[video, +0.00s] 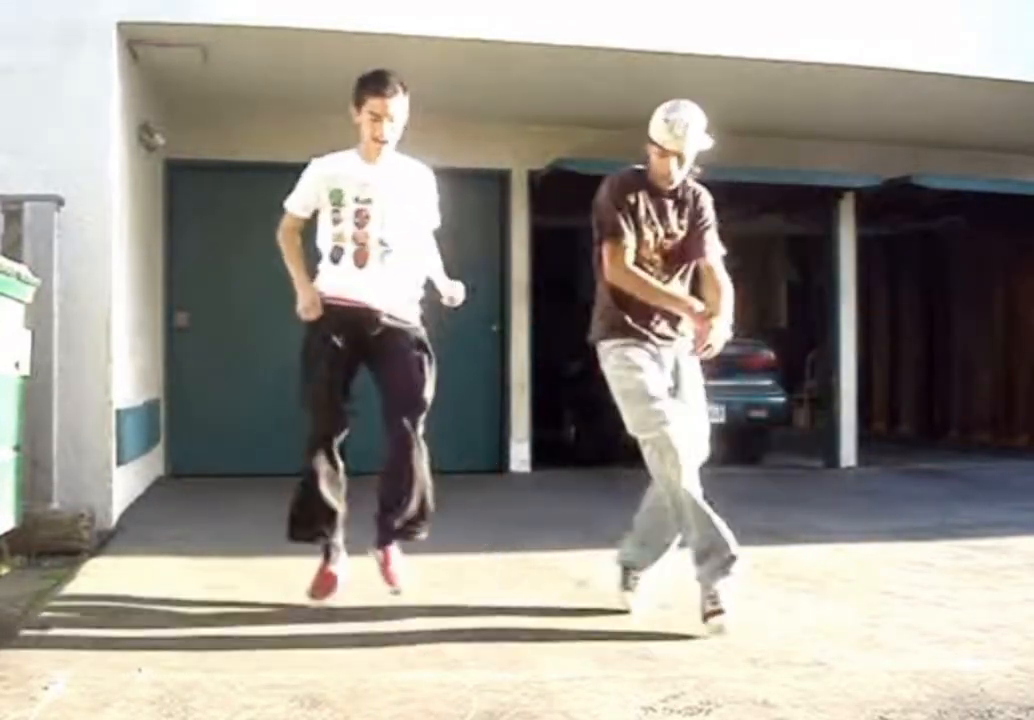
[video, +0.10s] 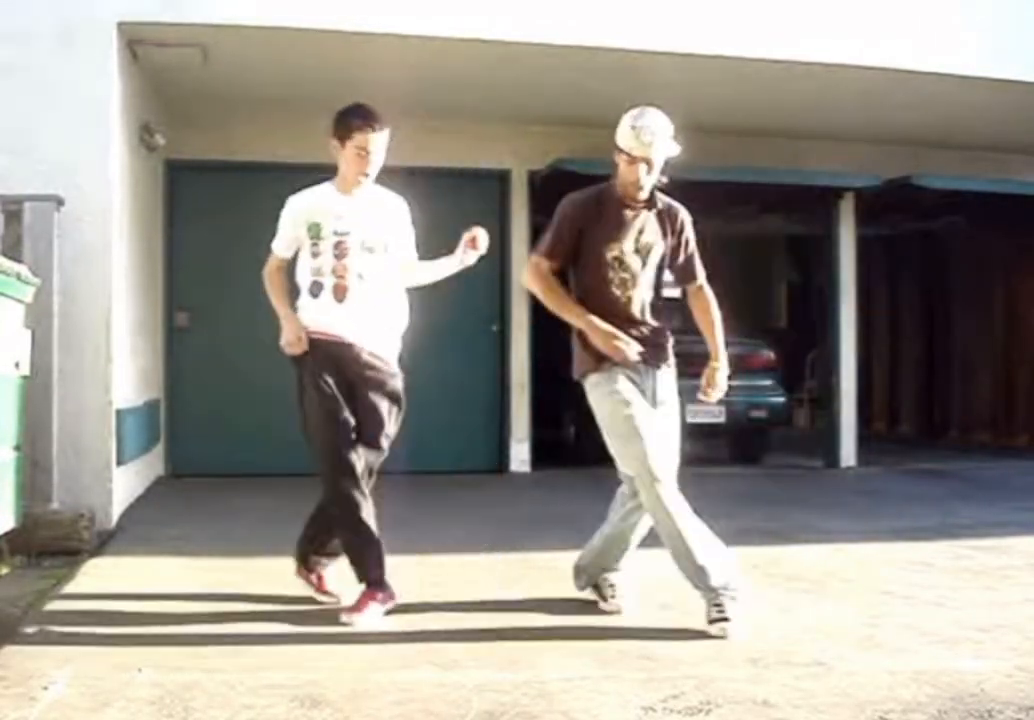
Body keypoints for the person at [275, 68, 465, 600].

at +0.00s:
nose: (382, 126)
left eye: (391, 117)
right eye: (374, 115)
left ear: (404, 120)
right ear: (357, 114)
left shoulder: (419, 178)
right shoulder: (325, 171)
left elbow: (425, 240)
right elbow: (288, 229)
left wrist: (441, 280)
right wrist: (303, 285)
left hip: (399, 318)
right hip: (335, 313)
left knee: (408, 428)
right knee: (326, 431)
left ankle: (392, 541)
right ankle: (332, 550)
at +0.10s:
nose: (368, 161)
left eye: (376, 152)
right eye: (359, 150)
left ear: (384, 152)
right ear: (337, 146)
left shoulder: (394, 209)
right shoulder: (304, 205)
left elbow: (408, 273)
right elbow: (274, 269)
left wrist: (458, 259)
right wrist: (286, 317)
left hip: (380, 351)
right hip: (322, 345)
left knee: (371, 455)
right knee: (341, 460)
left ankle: (314, 549)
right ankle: (376, 584)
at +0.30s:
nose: (344, 144)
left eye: (350, 135)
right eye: (336, 134)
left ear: (356, 136)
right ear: (311, 128)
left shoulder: (357, 184)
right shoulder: (272, 182)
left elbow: (390, 231)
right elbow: (239, 231)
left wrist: (413, 181)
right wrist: (232, 260)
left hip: (342, 326)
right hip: (282, 319)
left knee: (383, 419)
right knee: (266, 428)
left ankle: (368, 540)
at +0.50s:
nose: (310, 182)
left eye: (317, 172)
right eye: (300, 172)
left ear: (325, 173)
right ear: (279, 172)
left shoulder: (339, 225)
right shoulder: (255, 231)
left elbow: (382, 268)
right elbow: (207, 294)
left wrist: (383, 213)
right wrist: (181, 241)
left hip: (328, 380)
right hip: (267, 378)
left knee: (384, 465)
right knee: (224, 472)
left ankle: (431, 565)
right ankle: (166, 554)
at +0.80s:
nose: (355, 176)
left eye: (362, 167)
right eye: (346, 168)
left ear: (378, 165)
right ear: (334, 168)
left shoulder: (399, 221)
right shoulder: (313, 220)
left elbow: (401, 291)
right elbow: (309, 288)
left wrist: (435, 262)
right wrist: (281, 285)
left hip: (387, 351)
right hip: (333, 350)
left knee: (400, 450)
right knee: (333, 447)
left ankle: (353, 532)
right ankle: (397, 539)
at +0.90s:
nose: (370, 190)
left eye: (378, 181)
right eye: (362, 181)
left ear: (393, 179)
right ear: (348, 179)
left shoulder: (413, 234)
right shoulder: (327, 233)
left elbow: (437, 302)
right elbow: (317, 300)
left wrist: (454, 260)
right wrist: (279, 297)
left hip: (396, 362)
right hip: (344, 361)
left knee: (398, 468)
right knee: (362, 461)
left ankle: (349, 544)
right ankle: (416, 557)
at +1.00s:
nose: (399, 181)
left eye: (407, 172)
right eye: (391, 172)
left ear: (418, 168)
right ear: (375, 169)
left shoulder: (435, 211)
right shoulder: (350, 215)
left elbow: (489, 252)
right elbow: (302, 268)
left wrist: (483, 202)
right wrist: (294, 222)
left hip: (424, 347)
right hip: (370, 344)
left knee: (445, 440)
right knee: (357, 448)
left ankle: (393, 531)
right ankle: (380, 549)